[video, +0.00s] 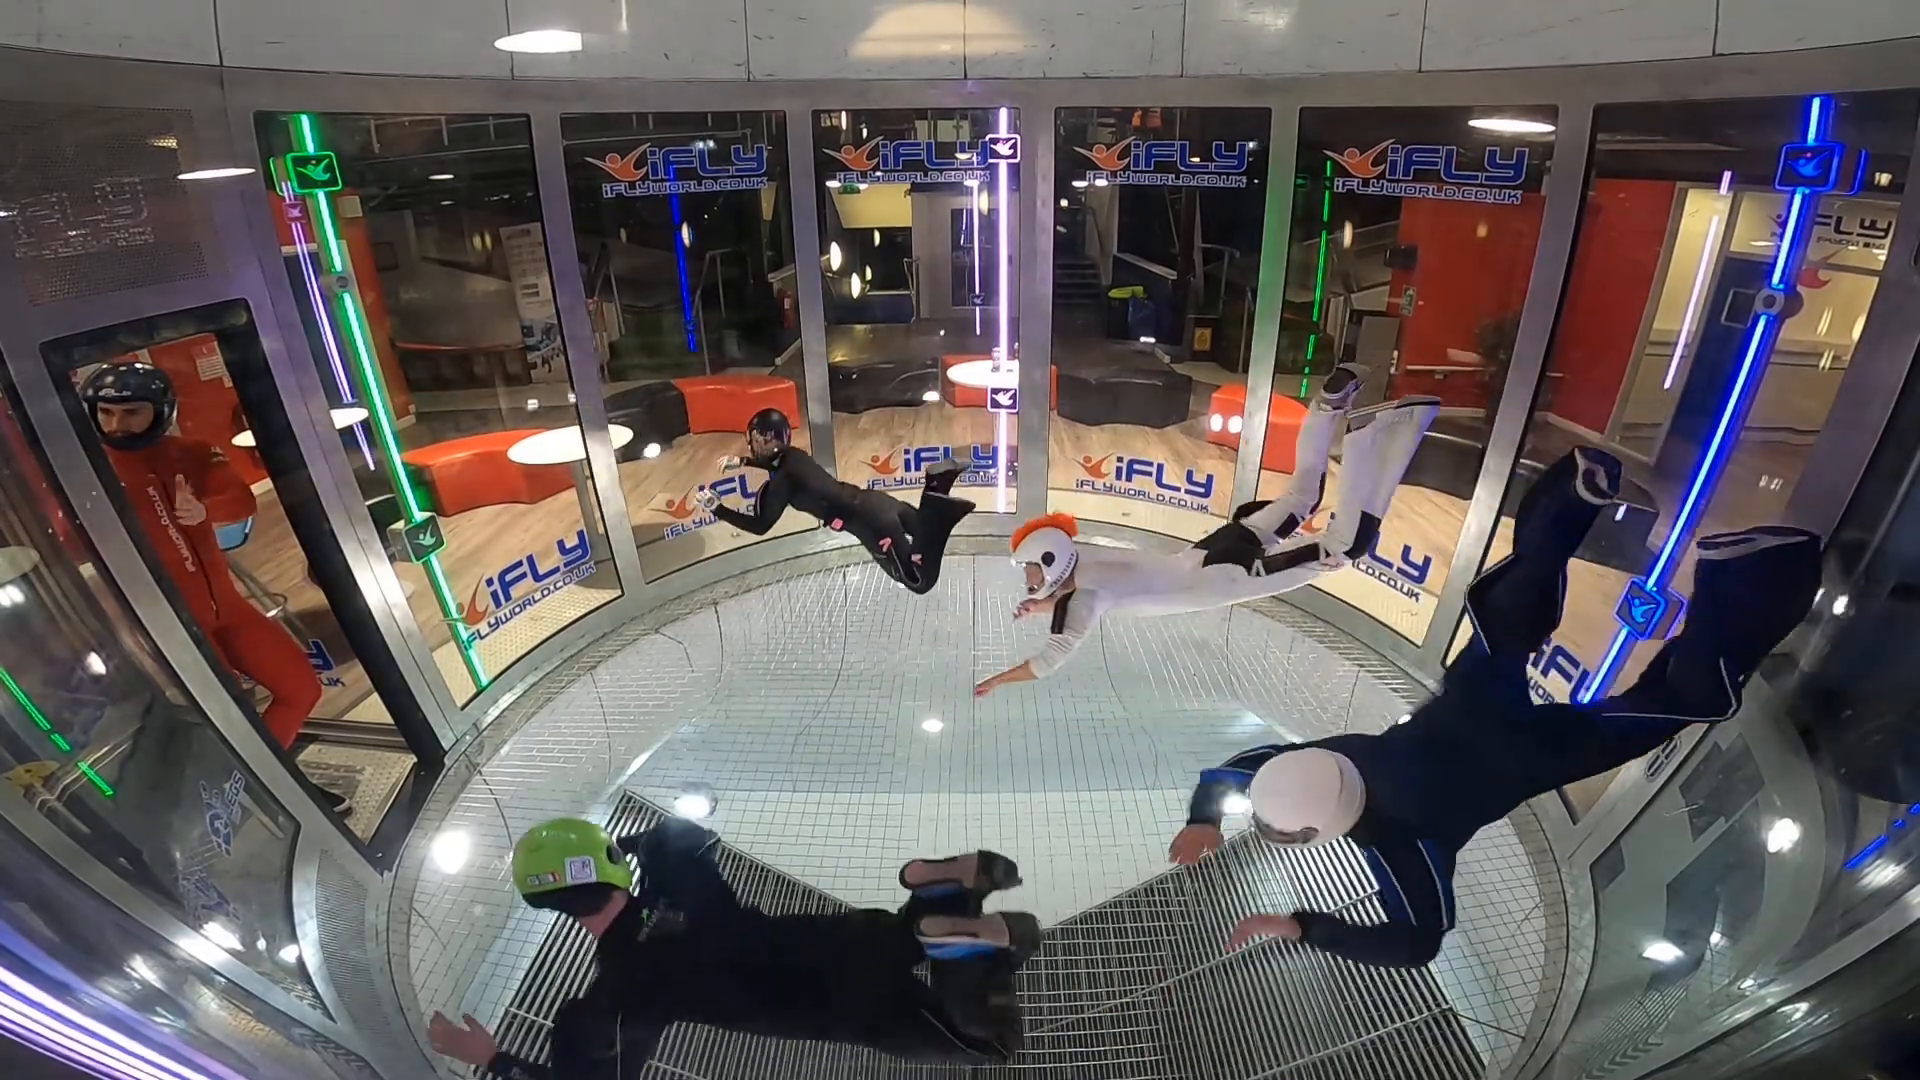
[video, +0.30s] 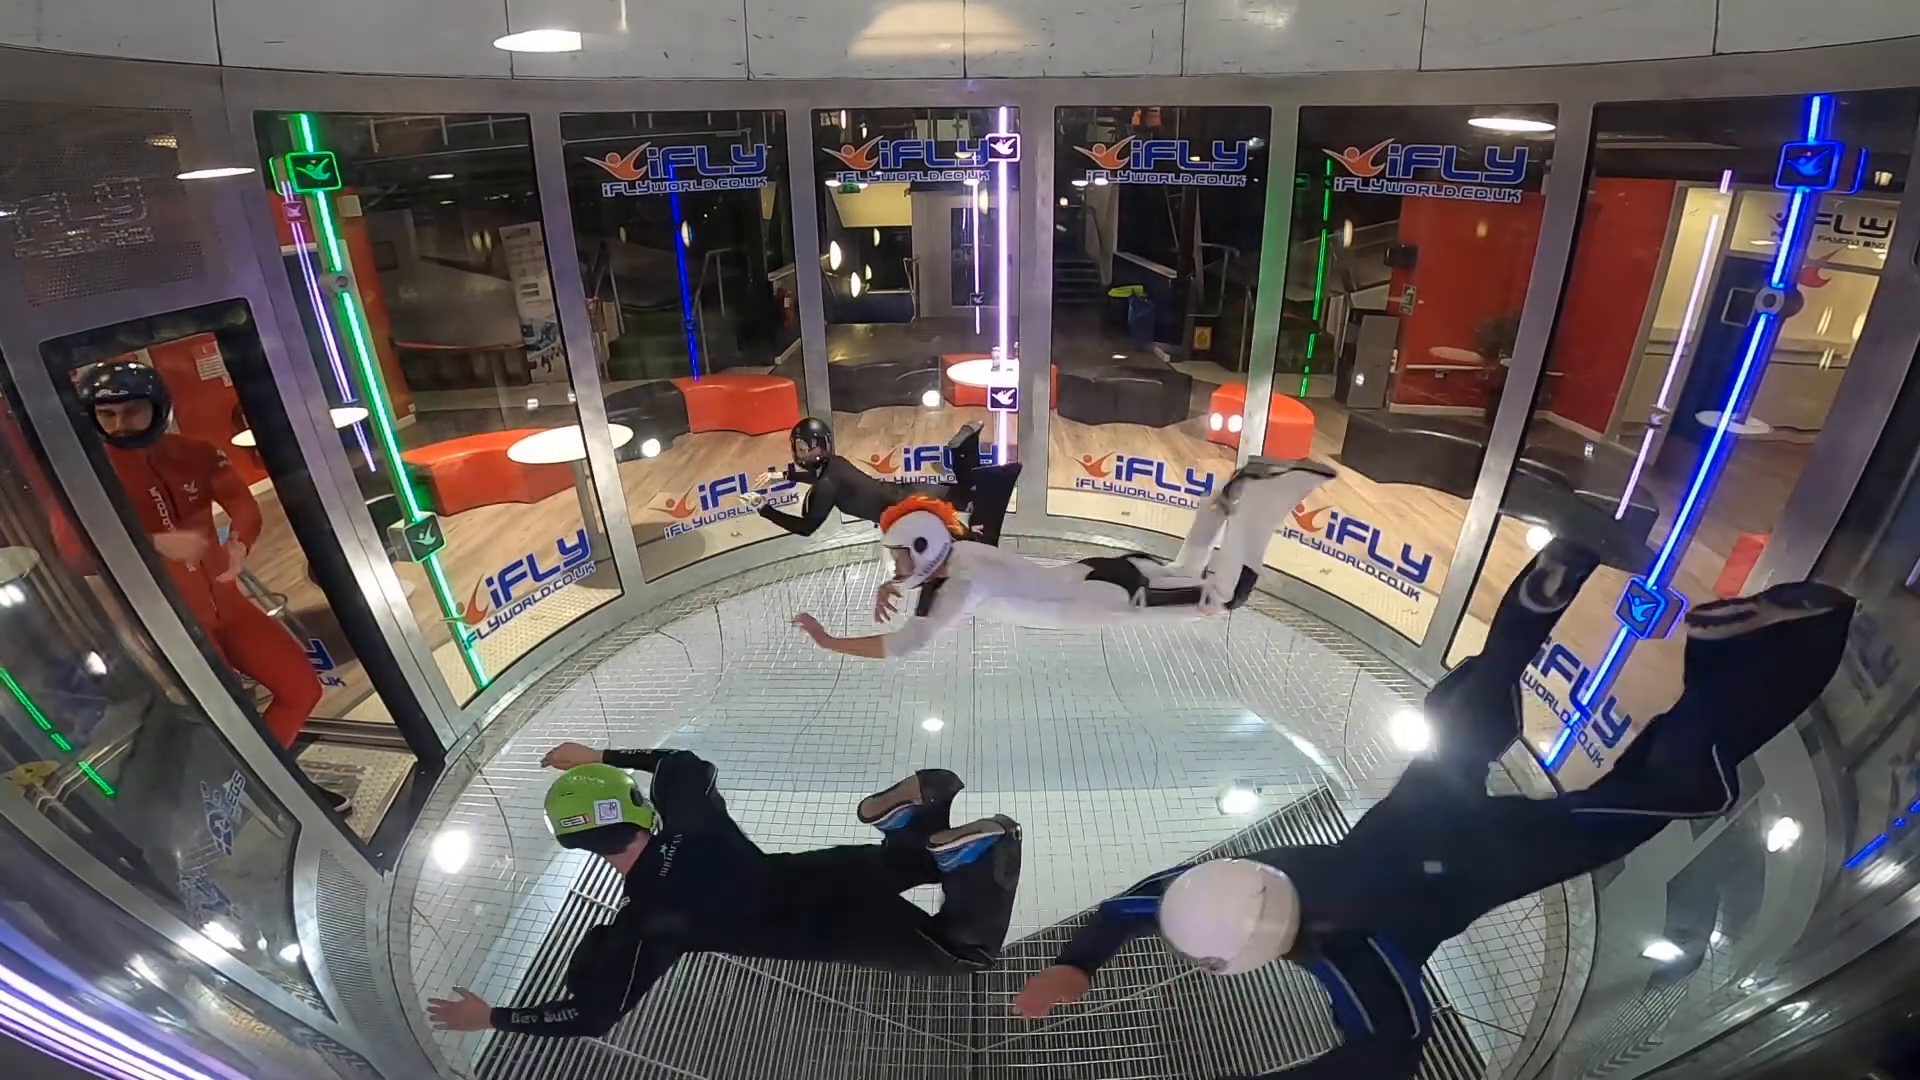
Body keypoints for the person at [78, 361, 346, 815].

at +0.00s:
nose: (117, 425)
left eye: (132, 412)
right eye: (106, 413)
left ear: (158, 412)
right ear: (92, 414)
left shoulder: (186, 455)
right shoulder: (90, 470)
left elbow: (242, 500)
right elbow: (71, 542)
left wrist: (204, 509)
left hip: (224, 607)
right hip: (172, 630)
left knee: (301, 687)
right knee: (237, 712)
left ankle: (245, 781)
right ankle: (293, 791)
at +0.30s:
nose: (121, 425)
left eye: (132, 411)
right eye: (107, 414)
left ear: (155, 409)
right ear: (91, 417)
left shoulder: (194, 456)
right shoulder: (84, 475)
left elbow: (245, 507)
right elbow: (76, 554)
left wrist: (238, 546)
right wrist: (154, 544)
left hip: (224, 604)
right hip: (169, 626)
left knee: (302, 688)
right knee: (233, 716)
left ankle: (245, 778)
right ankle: (294, 791)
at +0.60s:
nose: (128, 423)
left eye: (135, 407)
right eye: (111, 415)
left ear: (152, 402)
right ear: (94, 421)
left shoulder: (197, 455)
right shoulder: (92, 477)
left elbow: (248, 519)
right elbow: (101, 569)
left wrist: (225, 581)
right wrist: (191, 601)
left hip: (225, 599)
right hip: (170, 619)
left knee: (303, 689)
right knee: (235, 712)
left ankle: (243, 780)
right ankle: (293, 791)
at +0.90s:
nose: (126, 423)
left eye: (132, 407)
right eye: (109, 416)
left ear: (149, 402)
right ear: (92, 424)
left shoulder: (199, 456)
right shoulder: (95, 479)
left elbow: (249, 519)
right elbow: (98, 565)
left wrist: (238, 574)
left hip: (229, 602)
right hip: (176, 620)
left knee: (305, 689)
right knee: (236, 710)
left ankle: (242, 781)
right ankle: (295, 792)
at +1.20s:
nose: (128, 422)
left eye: (133, 406)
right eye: (111, 416)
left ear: (150, 399)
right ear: (94, 423)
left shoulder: (199, 455)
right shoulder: (95, 478)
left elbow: (249, 519)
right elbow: (103, 564)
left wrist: (241, 575)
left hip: (230, 603)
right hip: (177, 621)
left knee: (305, 689)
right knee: (235, 711)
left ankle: (240, 783)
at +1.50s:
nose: (127, 423)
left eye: (133, 407)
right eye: (110, 416)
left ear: (150, 403)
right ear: (93, 424)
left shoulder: (199, 455)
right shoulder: (95, 481)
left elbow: (248, 521)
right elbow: (103, 568)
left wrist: (242, 577)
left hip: (232, 603)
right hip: (178, 622)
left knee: (304, 688)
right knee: (235, 708)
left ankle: (246, 781)